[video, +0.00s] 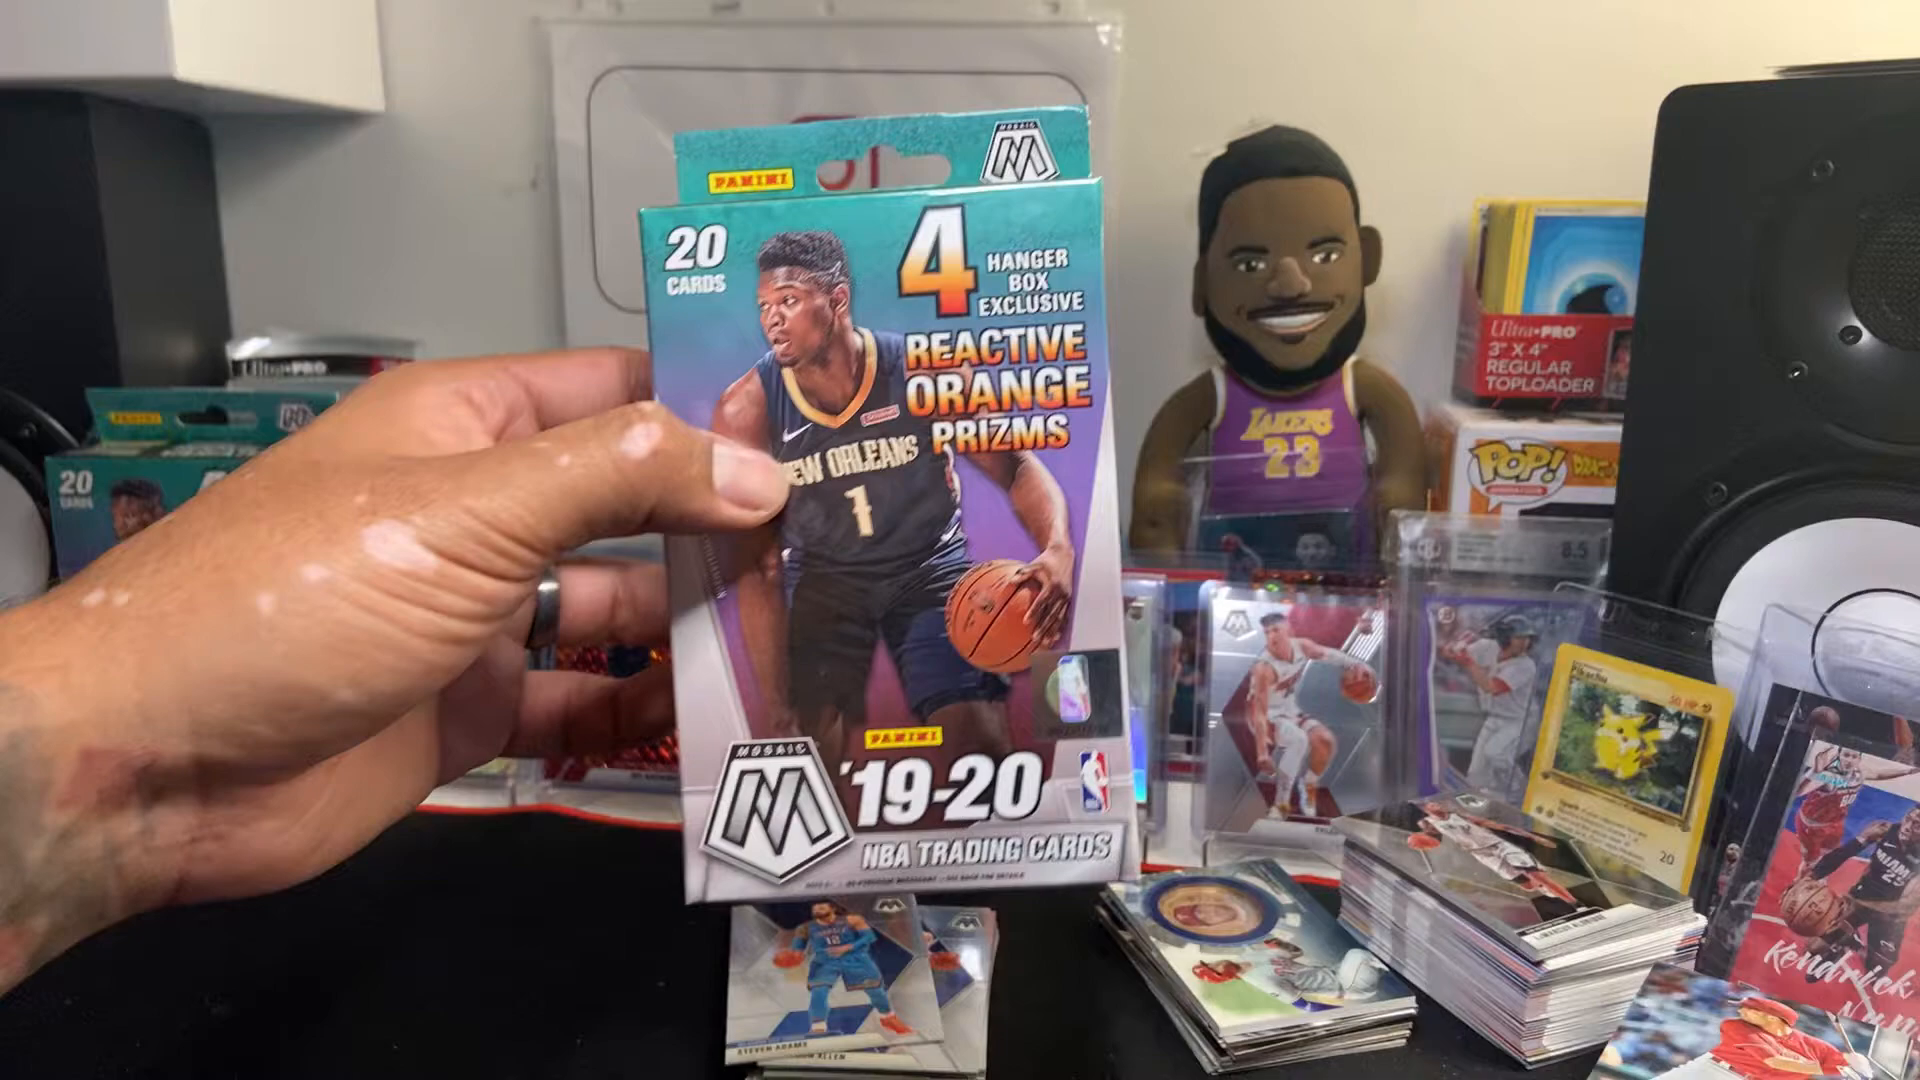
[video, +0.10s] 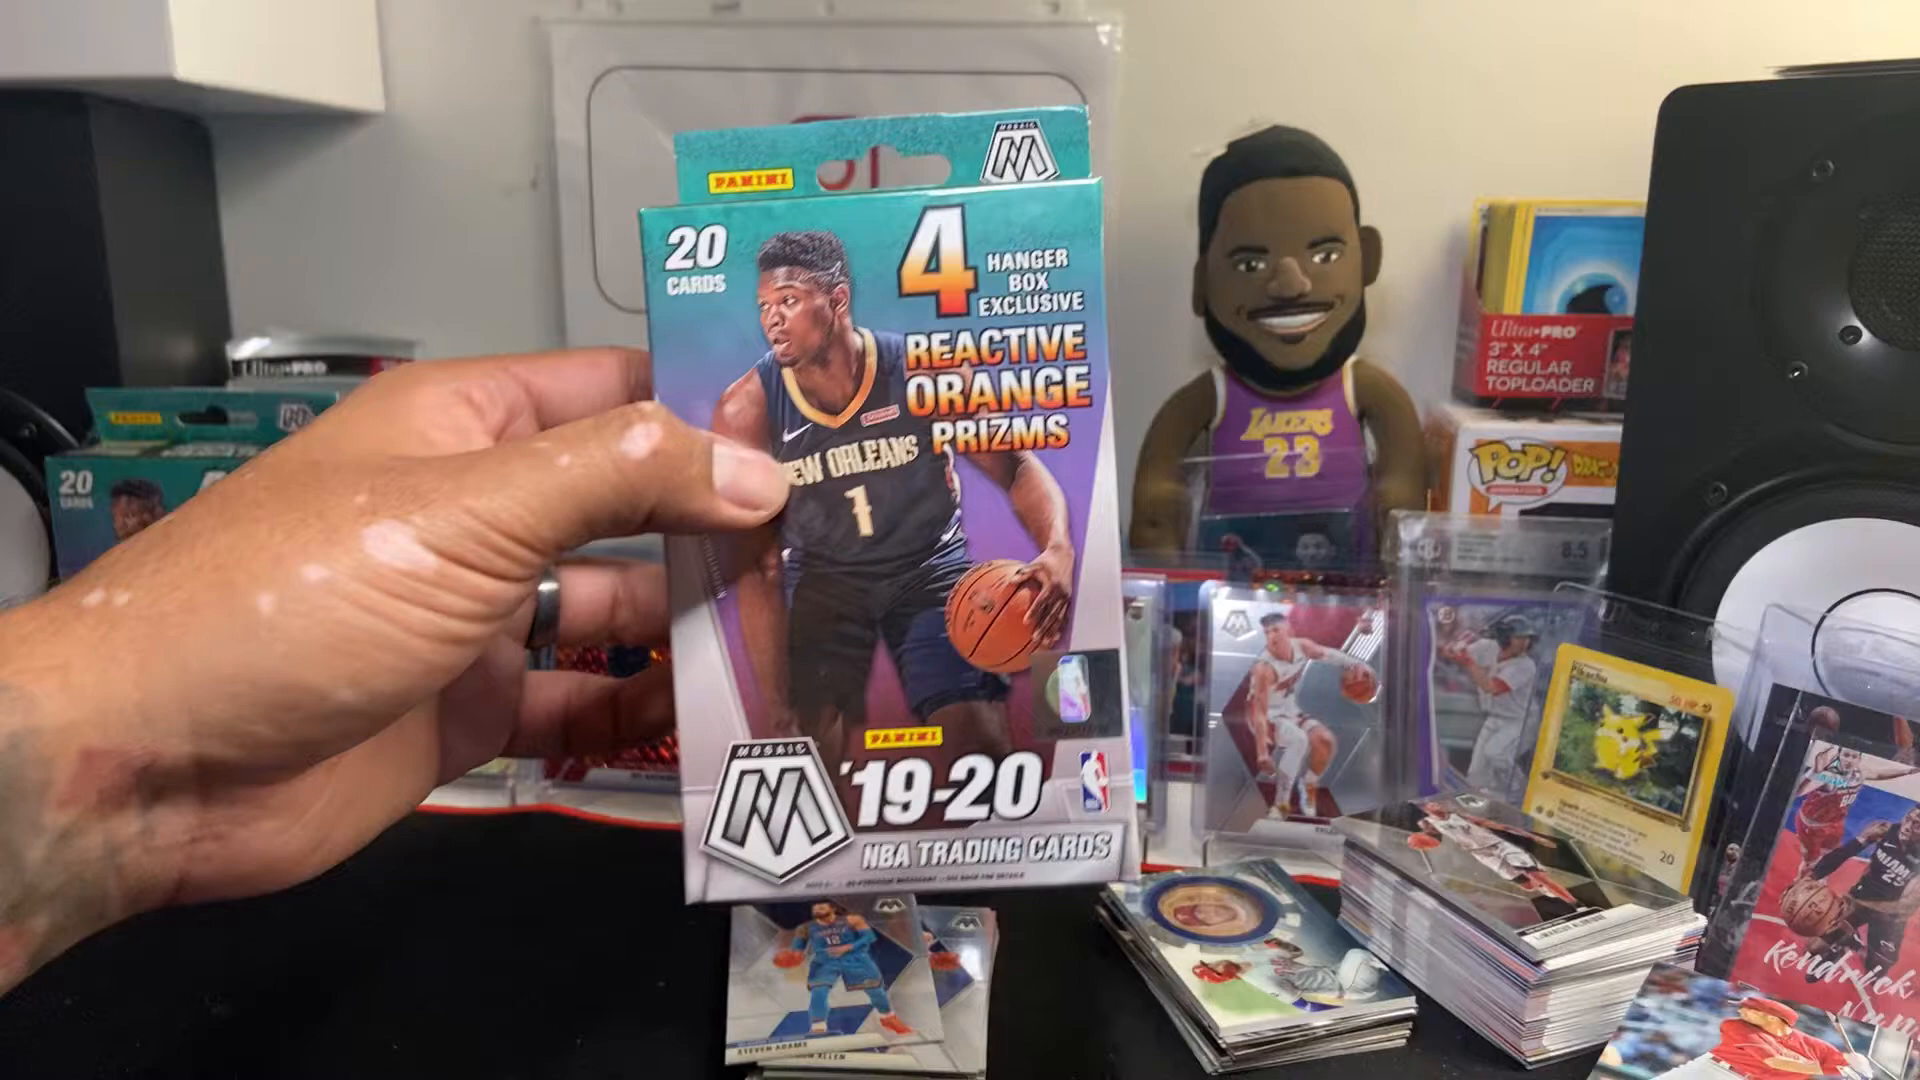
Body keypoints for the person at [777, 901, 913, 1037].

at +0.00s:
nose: (824, 920)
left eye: (826, 916)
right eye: (819, 917)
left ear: (834, 910)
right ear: (814, 917)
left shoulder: (852, 920)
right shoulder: (809, 928)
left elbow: (869, 937)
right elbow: (799, 941)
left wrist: (847, 947)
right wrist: (796, 954)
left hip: (855, 959)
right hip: (825, 963)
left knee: (875, 987)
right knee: (818, 991)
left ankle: (888, 1017)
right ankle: (818, 1031)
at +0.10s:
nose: (824, 920)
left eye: (826, 916)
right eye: (819, 917)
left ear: (834, 910)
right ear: (814, 917)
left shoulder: (852, 920)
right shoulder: (809, 928)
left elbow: (869, 937)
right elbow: (799, 941)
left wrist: (847, 947)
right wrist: (796, 954)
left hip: (855, 959)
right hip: (825, 962)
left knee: (875, 987)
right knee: (818, 991)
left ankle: (888, 1017)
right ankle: (818, 1031)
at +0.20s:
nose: (823, 916)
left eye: (825, 910)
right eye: (818, 913)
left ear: (834, 908)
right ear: (813, 913)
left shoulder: (852, 920)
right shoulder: (808, 928)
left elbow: (869, 936)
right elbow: (798, 944)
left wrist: (847, 948)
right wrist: (794, 955)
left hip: (856, 959)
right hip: (826, 963)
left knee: (875, 988)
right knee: (819, 991)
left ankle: (888, 1017)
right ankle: (818, 1031)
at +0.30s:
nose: (824, 916)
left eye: (826, 912)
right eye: (819, 913)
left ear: (834, 907)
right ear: (814, 913)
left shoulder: (852, 916)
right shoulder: (808, 924)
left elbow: (869, 932)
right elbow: (798, 940)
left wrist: (847, 943)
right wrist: (793, 951)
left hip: (855, 956)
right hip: (826, 959)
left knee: (875, 985)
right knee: (818, 988)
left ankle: (888, 1014)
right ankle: (817, 1026)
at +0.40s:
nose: (821, 914)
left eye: (824, 910)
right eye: (817, 911)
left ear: (833, 908)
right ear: (813, 913)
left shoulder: (853, 920)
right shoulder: (809, 928)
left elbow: (870, 936)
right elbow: (799, 944)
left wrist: (848, 947)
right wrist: (795, 954)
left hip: (856, 959)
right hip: (826, 963)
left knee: (876, 988)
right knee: (819, 992)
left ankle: (889, 1017)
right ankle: (818, 1031)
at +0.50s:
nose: (822, 919)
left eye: (825, 914)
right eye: (818, 916)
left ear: (833, 909)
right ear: (813, 913)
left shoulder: (852, 918)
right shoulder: (808, 926)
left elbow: (869, 935)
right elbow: (798, 944)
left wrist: (847, 946)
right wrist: (793, 954)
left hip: (855, 958)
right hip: (826, 961)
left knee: (875, 986)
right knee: (818, 991)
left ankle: (888, 1016)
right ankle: (818, 1028)